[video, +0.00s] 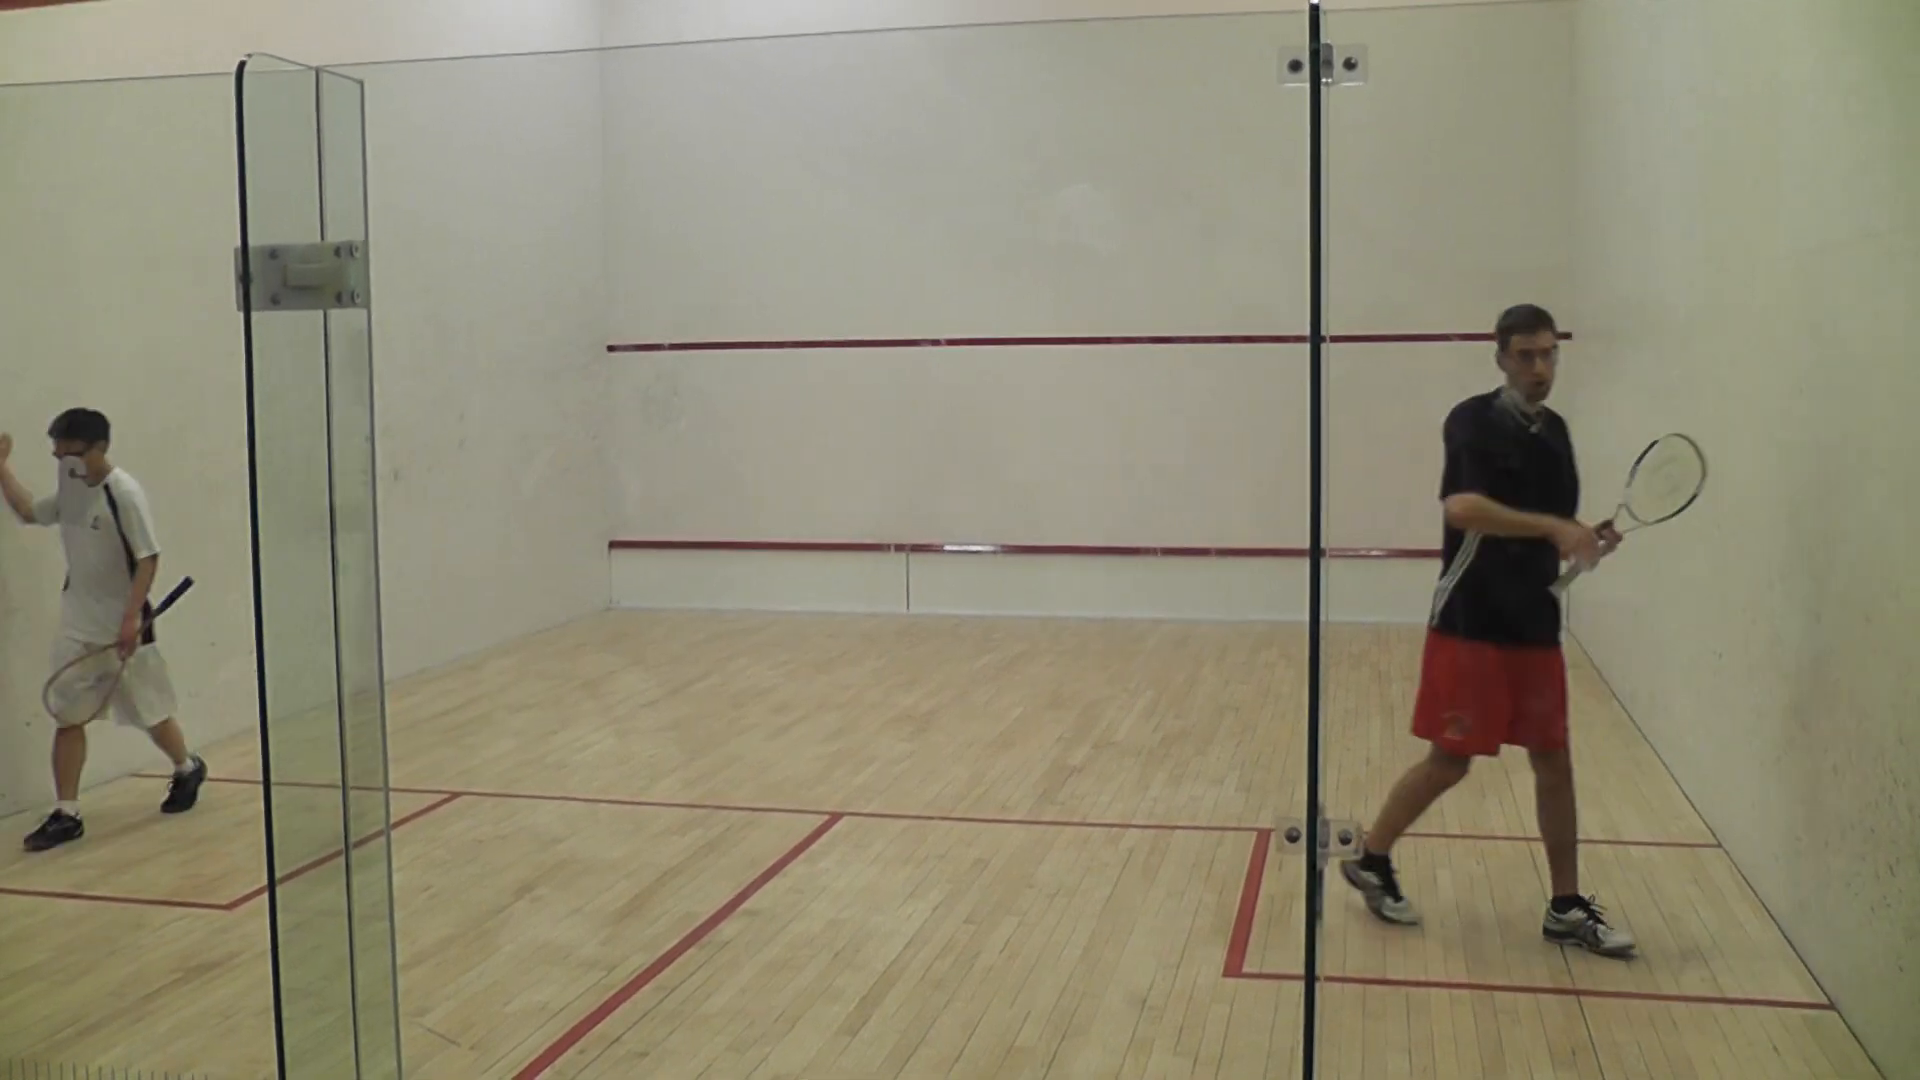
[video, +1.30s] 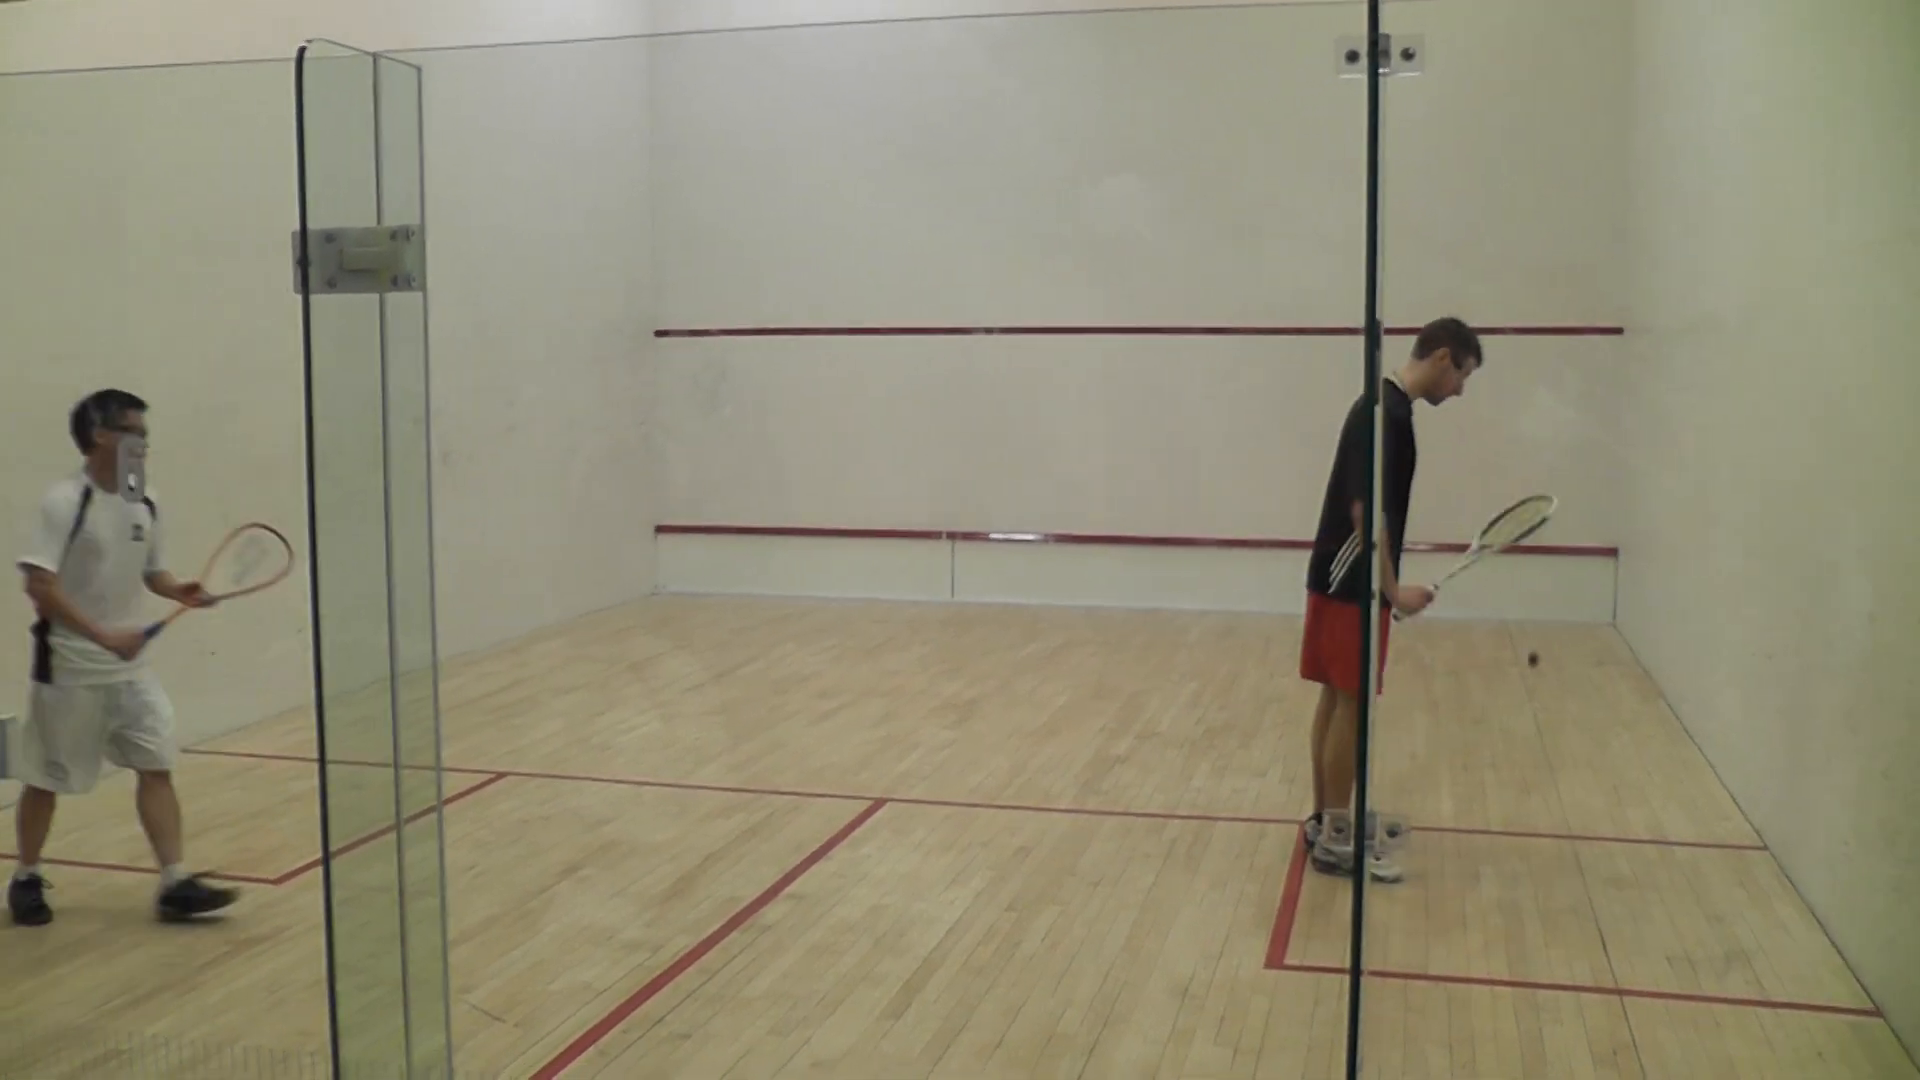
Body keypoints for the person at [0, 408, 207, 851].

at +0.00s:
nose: (66, 465)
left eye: (72, 456)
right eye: (62, 457)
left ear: (100, 449)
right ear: (62, 455)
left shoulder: (123, 492)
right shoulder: (71, 487)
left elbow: (148, 558)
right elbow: (30, 511)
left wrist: (132, 617)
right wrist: (3, 468)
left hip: (124, 625)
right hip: (79, 624)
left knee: (150, 710)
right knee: (68, 717)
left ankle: (187, 769)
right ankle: (66, 813)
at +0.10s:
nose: (35, 456)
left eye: (43, 449)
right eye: (32, 448)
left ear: (73, 447)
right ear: (32, 448)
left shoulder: (100, 492)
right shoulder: (34, 501)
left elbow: (124, 559)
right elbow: (4, 530)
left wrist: (105, 617)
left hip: (93, 628)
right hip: (46, 628)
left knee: (101, 723)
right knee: (47, 720)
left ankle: (150, 761)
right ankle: (63, 814)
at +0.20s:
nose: (19, 455)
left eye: (27, 445)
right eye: (13, 445)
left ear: (55, 440)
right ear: (9, 442)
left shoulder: (80, 484)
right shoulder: (10, 496)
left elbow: (107, 550)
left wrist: (84, 606)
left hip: (67, 623)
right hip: (20, 624)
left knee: (63, 721)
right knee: (36, 723)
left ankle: (100, 784)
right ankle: (60, 811)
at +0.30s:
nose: (3, 457)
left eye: (12, 446)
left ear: (36, 445)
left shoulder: (57, 486)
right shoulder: (4, 491)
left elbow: (91, 547)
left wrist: (70, 603)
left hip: (45, 626)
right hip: (5, 627)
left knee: (36, 726)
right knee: (32, 725)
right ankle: (59, 810)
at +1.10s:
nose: (70, 442)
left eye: (74, 433)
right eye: (59, 433)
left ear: (74, 438)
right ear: (23, 434)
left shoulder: (83, 500)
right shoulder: (2, 502)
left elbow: (101, 564)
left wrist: (100, 578)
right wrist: (2, 631)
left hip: (68, 660)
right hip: (12, 664)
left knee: (78, 764)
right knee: (7, 778)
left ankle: (35, 826)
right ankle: (1, 878)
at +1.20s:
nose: (101, 437)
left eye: (103, 427)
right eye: (90, 427)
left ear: (101, 432)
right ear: (54, 430)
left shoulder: (105, 496)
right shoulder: (18, 496)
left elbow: (122, 559)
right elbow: (1, 580)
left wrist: (138, 576)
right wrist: (49, 629)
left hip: (93, 651)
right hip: (31, 660)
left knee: (124, 751)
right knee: (20, 773)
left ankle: (91, 855)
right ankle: (9, 875)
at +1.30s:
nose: (141, 445)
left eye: (144, 435)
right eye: (129, 434)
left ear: (144, 439)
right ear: (94, 437)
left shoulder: (144, 507)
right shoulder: (63, 502)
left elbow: (153, 575)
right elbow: (39, 585)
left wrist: (179, 588)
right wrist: (105, 634)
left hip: (126, 664)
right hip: (68, 668)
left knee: (156, 765)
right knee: (46, 776)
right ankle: (26, 878)